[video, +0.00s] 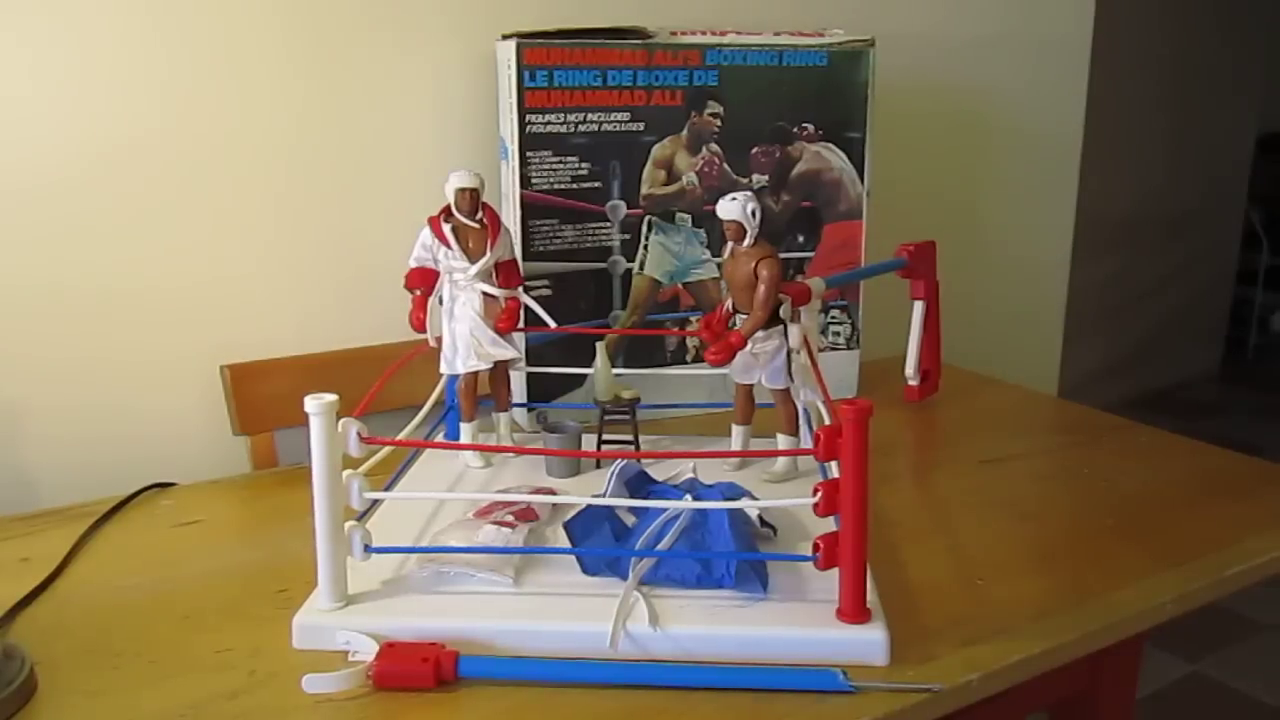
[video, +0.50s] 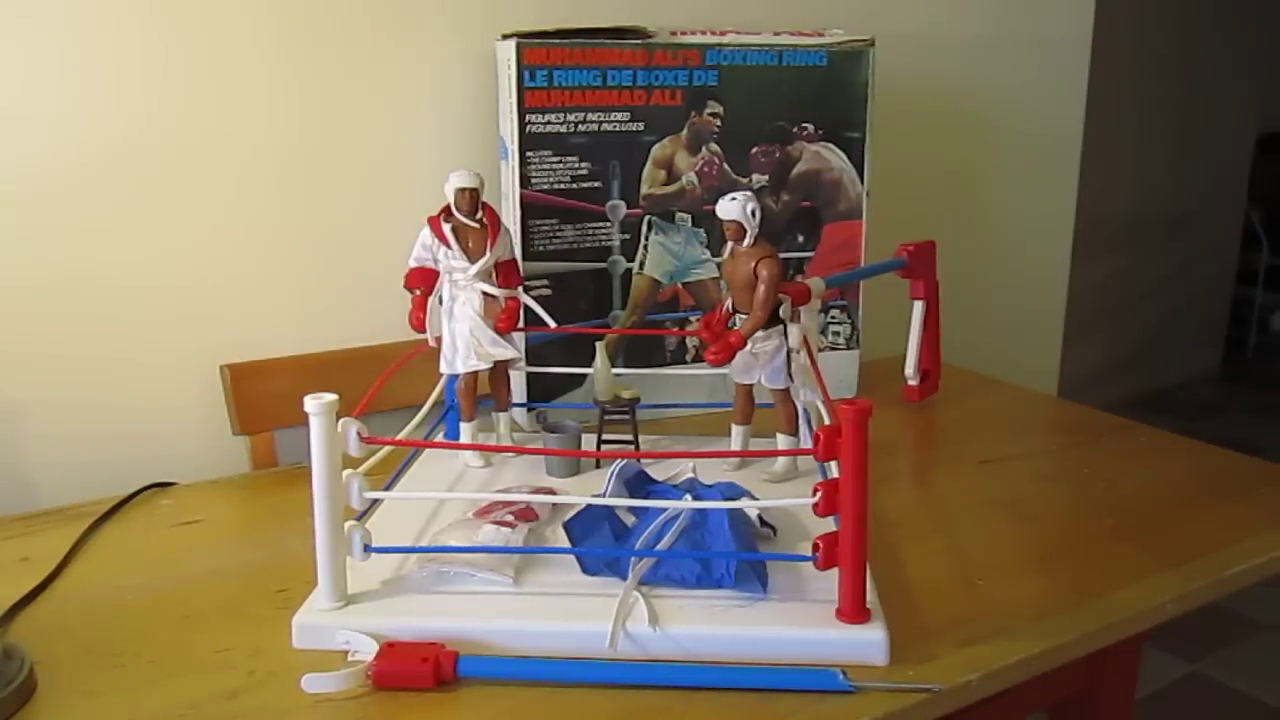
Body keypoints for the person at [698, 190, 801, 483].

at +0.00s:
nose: (725, 229)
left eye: (730, 224)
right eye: (723, 223)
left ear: (748, 224)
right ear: (725, 224)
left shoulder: (767, 262)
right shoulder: (730, 251)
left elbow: (762, 313)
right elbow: (735, 293)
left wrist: (736, 339)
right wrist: (721, 317)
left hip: (770, 334)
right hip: (744, 331)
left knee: (780, 392)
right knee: (742, 387)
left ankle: (787, 457)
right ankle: (738, 450)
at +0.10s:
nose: (725, 229)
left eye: (730, 224)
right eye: (723, 223)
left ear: (747, 224)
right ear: (724, 224)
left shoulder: (767, 263)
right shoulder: (730, 251)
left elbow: (761, 314)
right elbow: (734, 292)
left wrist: (736, 340)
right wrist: (720, 316)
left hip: (769, 334)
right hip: (743, 331)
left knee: (780, 392)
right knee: (742, 388)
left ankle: (787, 457)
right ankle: (737, 451)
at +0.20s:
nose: (725, 229)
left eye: (730, 224)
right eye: (723, 223)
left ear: (747, 224)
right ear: (725, 224)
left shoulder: (767, 263)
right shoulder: (730, 251)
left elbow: (761, 313)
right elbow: (734, 292)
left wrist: (736, 339)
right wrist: (720, 316)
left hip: (769, 335)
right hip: (743, 331)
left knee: (780, 392)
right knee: (742, 388)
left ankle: (787, 457)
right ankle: (738, 450)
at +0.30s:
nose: (725, 229)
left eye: (730, 223)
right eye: (723, 223)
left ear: (747, 224)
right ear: (724, 224)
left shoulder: (767, 262)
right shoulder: (730, 251)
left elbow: (761, 314)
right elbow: (734, 292)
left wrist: (736, 340)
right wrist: (720, 317)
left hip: (769, 334)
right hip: (743, 330)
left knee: (780, 392)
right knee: (742, 388)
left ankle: (787, 457)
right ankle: (737, 450)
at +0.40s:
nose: (725, 229)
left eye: (730, 224)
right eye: (723, 223)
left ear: (748, 224)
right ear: (724, 224)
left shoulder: (767, 263)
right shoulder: (730, 251)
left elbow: (761, 314)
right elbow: (734, 292)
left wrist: (736, 339)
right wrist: (720, 316)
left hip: (770, 334)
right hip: (743, 331)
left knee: (780, 392)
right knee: (742, 388)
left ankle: (787, 457)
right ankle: (738, 451)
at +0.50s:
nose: (725, 229)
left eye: (730, 224)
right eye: (723, 223)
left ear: (748, 224)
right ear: (724, 224)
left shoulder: (767, 262)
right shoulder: (731, 251)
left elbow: (761, 314)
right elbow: (734, 292)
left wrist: (736, 339)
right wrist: (720, 317)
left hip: (769, 334)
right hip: (743, 331)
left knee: (780, 392)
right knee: (742, 388)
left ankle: (787, 457)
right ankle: (738, 451)